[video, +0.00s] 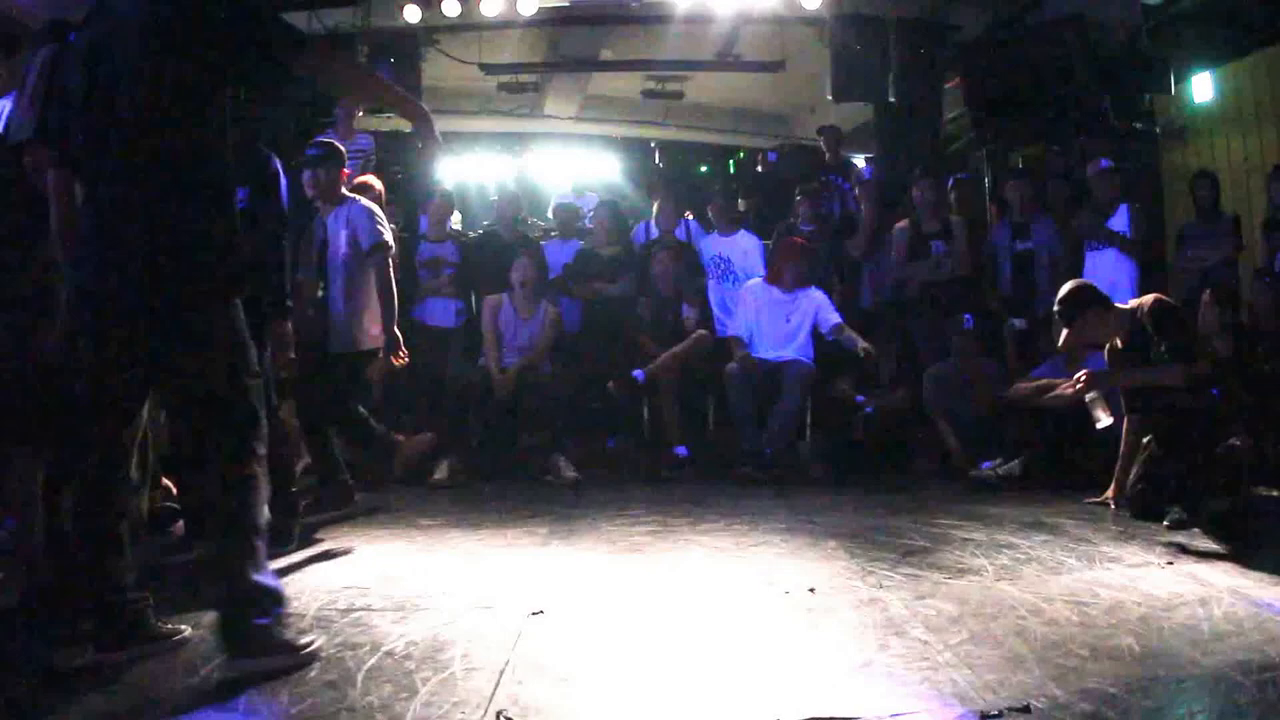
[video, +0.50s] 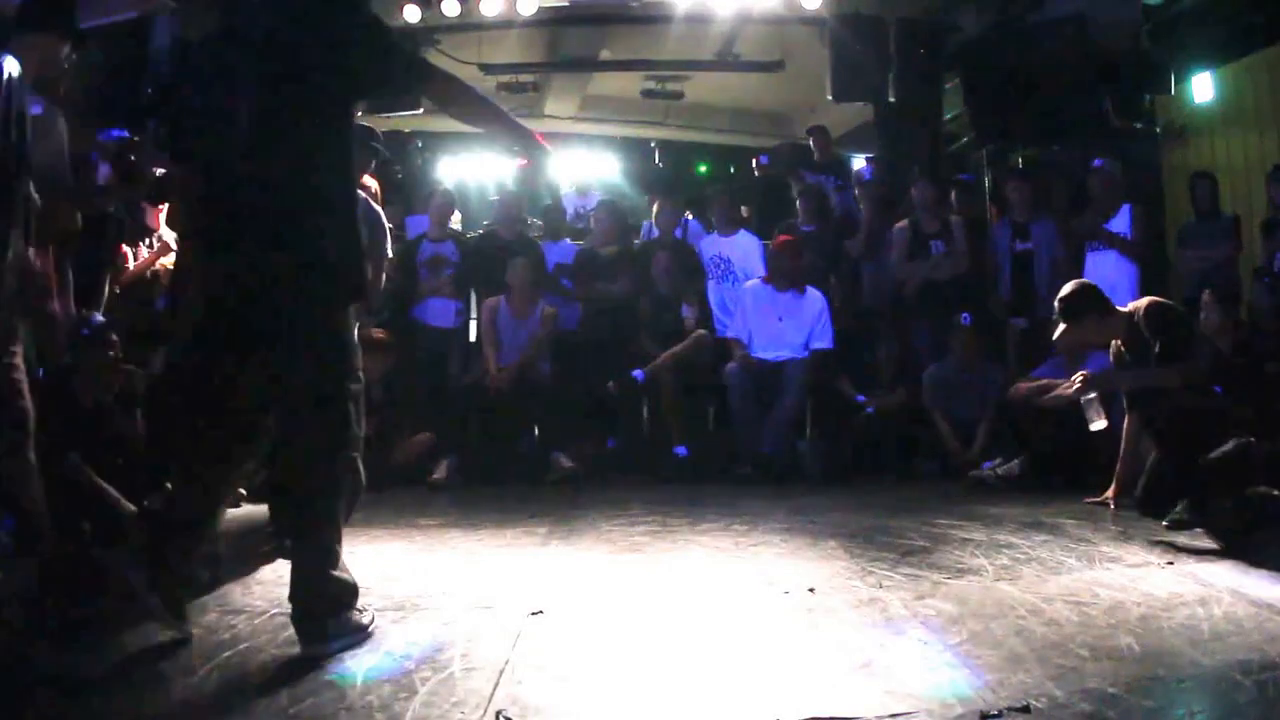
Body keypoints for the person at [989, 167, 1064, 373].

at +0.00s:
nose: (1019, 196)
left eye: (1023, 190)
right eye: (1013, 191)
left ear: (1031, 193)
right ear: (1006, 194)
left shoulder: (1046, 227)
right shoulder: (999, 230)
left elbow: (1057, 263)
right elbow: (991, 266)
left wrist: (1054, 293)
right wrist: (995, 296)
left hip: (1040, 298)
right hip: (1010, 299)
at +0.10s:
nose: (1019, 195)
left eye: (1023, 189)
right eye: (1014, 190)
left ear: (1031, 192)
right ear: (1006, 194)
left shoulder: (1049, 228)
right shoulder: (998, 231)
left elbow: (1059, 266)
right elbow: (991, 271)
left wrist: (1055, 298)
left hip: (1043, 304)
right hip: (1010, 307)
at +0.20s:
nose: (1018, 195)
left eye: (1022, 189)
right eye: (1013, 189)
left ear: (1030, 191)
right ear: (1006, 194)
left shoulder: (1047, 227)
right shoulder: (999, 231)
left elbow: (1059, 265)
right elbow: (994, 269)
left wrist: (1056, 295)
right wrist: (997, 301)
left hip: (1042, 302)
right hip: (1011, 304)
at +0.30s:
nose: (1019, 195)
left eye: (1023, 189)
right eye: (1014, 190)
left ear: (1031, 192)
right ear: (1006, 194)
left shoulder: (1048, 227)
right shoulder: (1000, 231)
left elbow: (1058, 266)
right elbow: (996, 269)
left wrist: (1055, 297)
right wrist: (998, 300)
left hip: (1042, 303)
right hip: (1011, 306)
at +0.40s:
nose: (1018, 196)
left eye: (1022, 190)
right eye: (1013, 190)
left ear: (1030, 192)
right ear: (1006, 195)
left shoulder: (1046, 226)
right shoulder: (1000, 229)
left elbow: (1057, 263)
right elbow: (995, 266)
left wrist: (1055, 292)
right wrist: (996, 296)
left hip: (1041, 299)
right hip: (1011, 302)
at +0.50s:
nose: (1019, 196)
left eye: (1022, 190)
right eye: (1014, 191)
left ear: (1030, 193)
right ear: (1006, 195)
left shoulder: (1046, 227)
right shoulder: (999, 230)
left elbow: (1057, 264)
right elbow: (995, 267)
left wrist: (1054, 294)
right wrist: (997, 297)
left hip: (1041, 300)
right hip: (1011, 302)